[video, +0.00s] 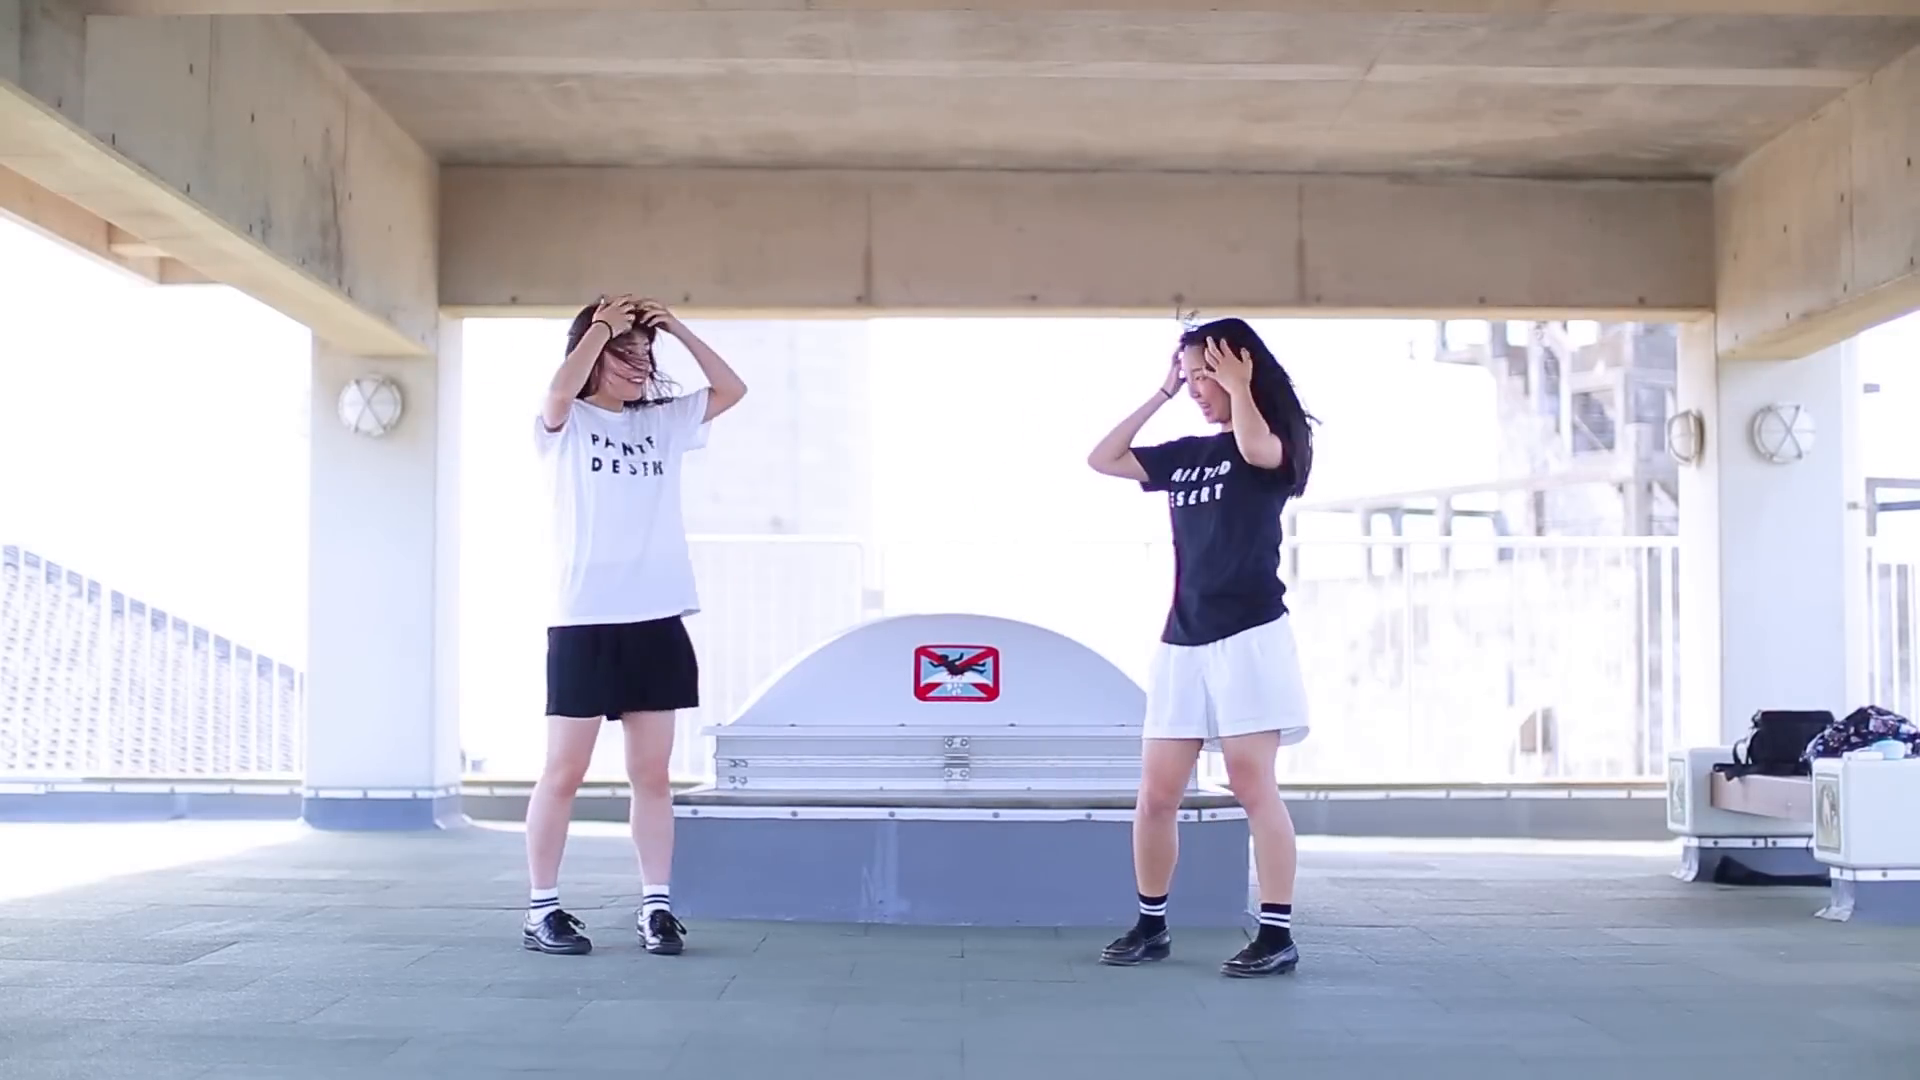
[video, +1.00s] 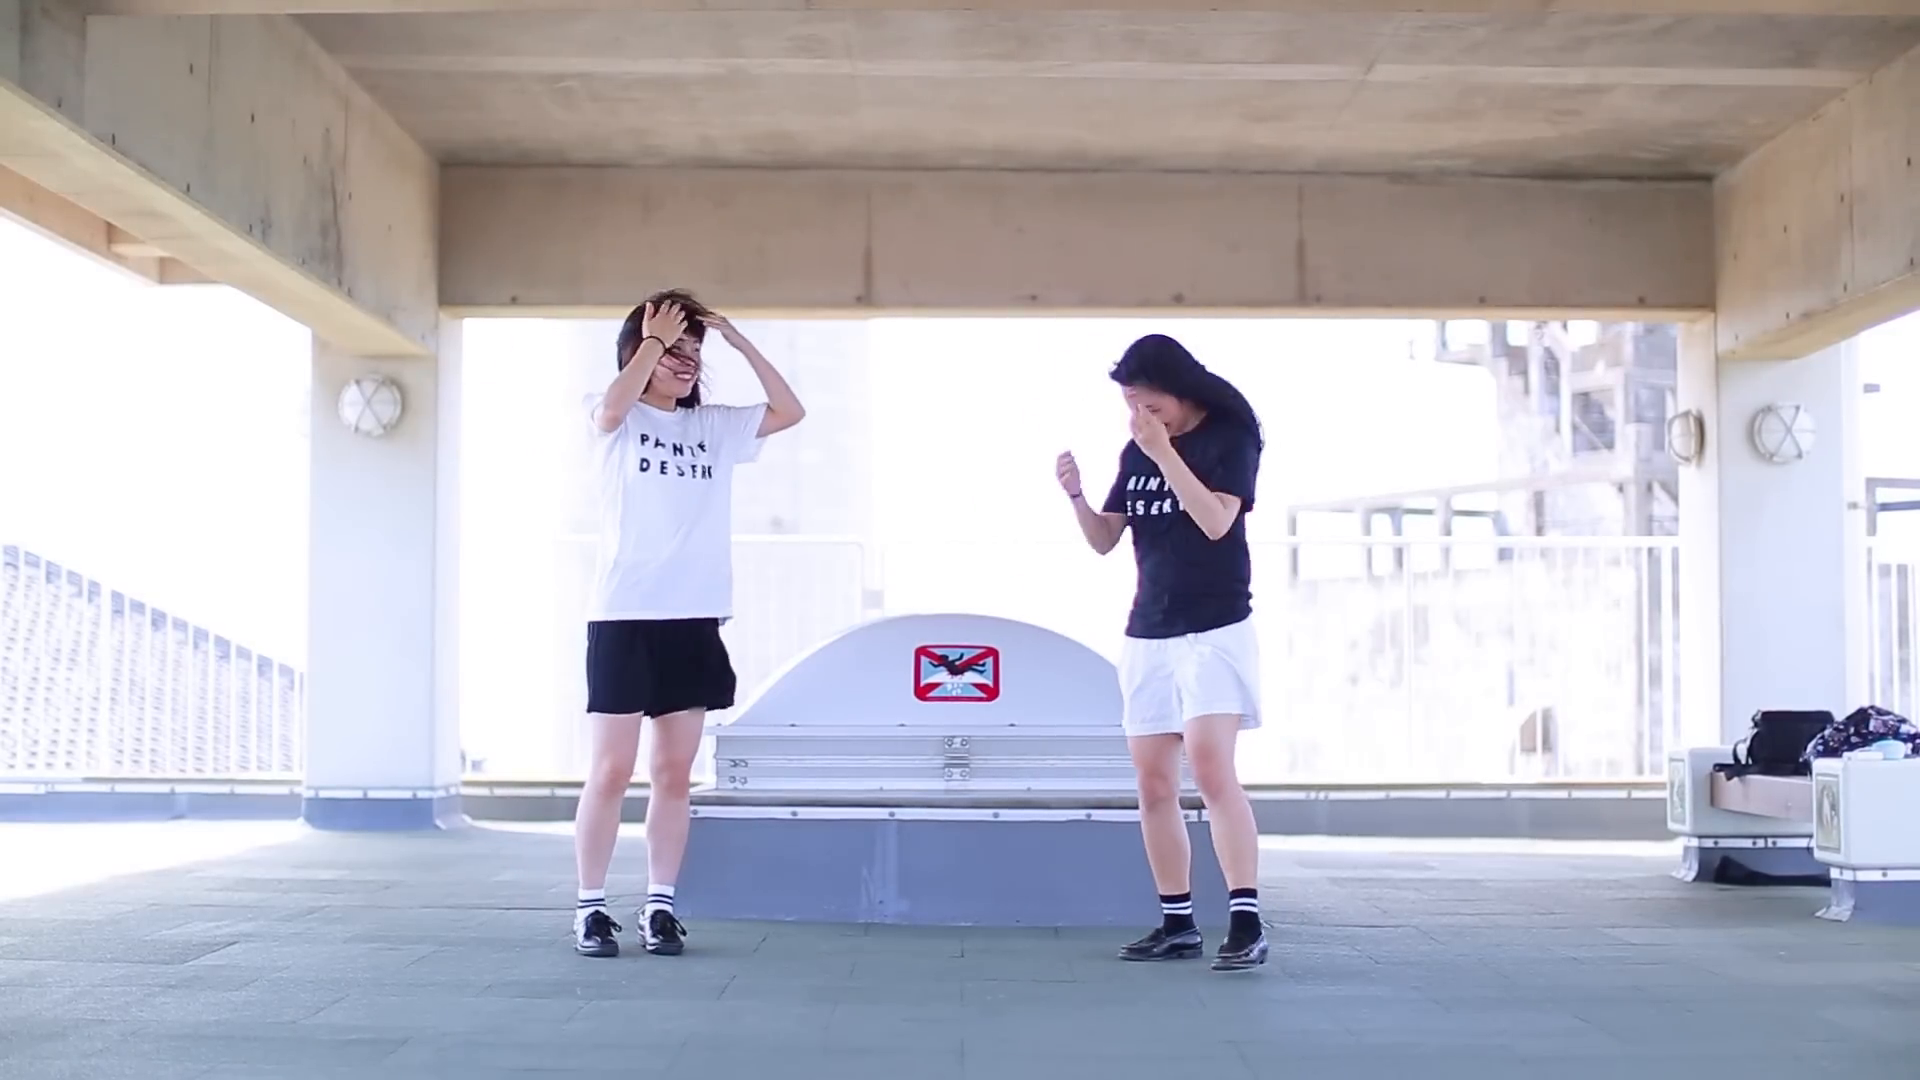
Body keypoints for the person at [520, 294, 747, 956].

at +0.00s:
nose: (636, 364)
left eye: (644, 354)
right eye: (623, 353)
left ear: (651, 361)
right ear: (589, 357)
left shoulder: (663, 418)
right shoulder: (565, 418)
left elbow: (729, 390)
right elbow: (560, 394)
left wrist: (676, 327)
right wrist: (599, 330)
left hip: (658, 618)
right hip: (582, 620)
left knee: (653, 775)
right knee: (564, 774)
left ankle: (657, 908)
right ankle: (543, 911)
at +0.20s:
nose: (650, 359)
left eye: (656, 350)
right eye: (636, 350)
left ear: (663, 358)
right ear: (604, 356)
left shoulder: (681, 417)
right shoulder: (580, 419)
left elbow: (748, 389)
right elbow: (556, 390)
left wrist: (694, 329)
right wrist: (606, 331)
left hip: (672, 619)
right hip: (598, 620)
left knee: (663, 775)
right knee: (575, 773)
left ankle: (658, 906)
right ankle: (545, 909)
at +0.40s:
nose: (661, 359)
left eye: (668, 350)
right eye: (648, 348)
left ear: (677, 357)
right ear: (617, 351)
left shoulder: (698, 419)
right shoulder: (598, 418)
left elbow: (770, 402)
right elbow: (568, 419)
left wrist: (717, 329)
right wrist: (594, 345)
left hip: (686, 621)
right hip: (613, 621)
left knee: (670, 775)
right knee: (584, 775)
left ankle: (659, 909)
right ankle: (545, 910)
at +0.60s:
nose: (669, 359)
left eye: (677, 351)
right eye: (654, 351)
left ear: (688, 359)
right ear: (622, 358)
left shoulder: (708, 420)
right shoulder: (602, 417)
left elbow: (779, 397)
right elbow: (596, 413)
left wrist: (725, 331)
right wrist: (633, 345)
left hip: (693, 620)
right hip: (620, 618)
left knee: (676, 775)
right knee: (601, 772)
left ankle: (660, 907)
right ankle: (560, 902)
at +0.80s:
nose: (676, 358)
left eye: (686, 349)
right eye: (663, 346)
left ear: (697, 360)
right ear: (632, 353)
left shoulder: (714, 423)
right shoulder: (610, 415)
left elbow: (787, 407)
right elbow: (606, 409)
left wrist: (738, 339)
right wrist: (645, 343)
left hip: (694, 619)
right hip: (624, 617)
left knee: (675, 774)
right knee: (616, 772)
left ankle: (661, 907)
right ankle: (591, 908)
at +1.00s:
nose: (681, 357)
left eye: (690, 348)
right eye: (668, 347)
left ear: (700, 356)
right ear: (637, 354)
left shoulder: (717, 423)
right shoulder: (614, 413)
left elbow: (789, 411)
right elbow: (613, 411)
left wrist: (739, 341)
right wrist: (651, 346)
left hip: (695, 621)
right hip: (623, 619)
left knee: (674, 775)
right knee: (612, 772)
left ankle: (661, 907)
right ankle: (591, 909)